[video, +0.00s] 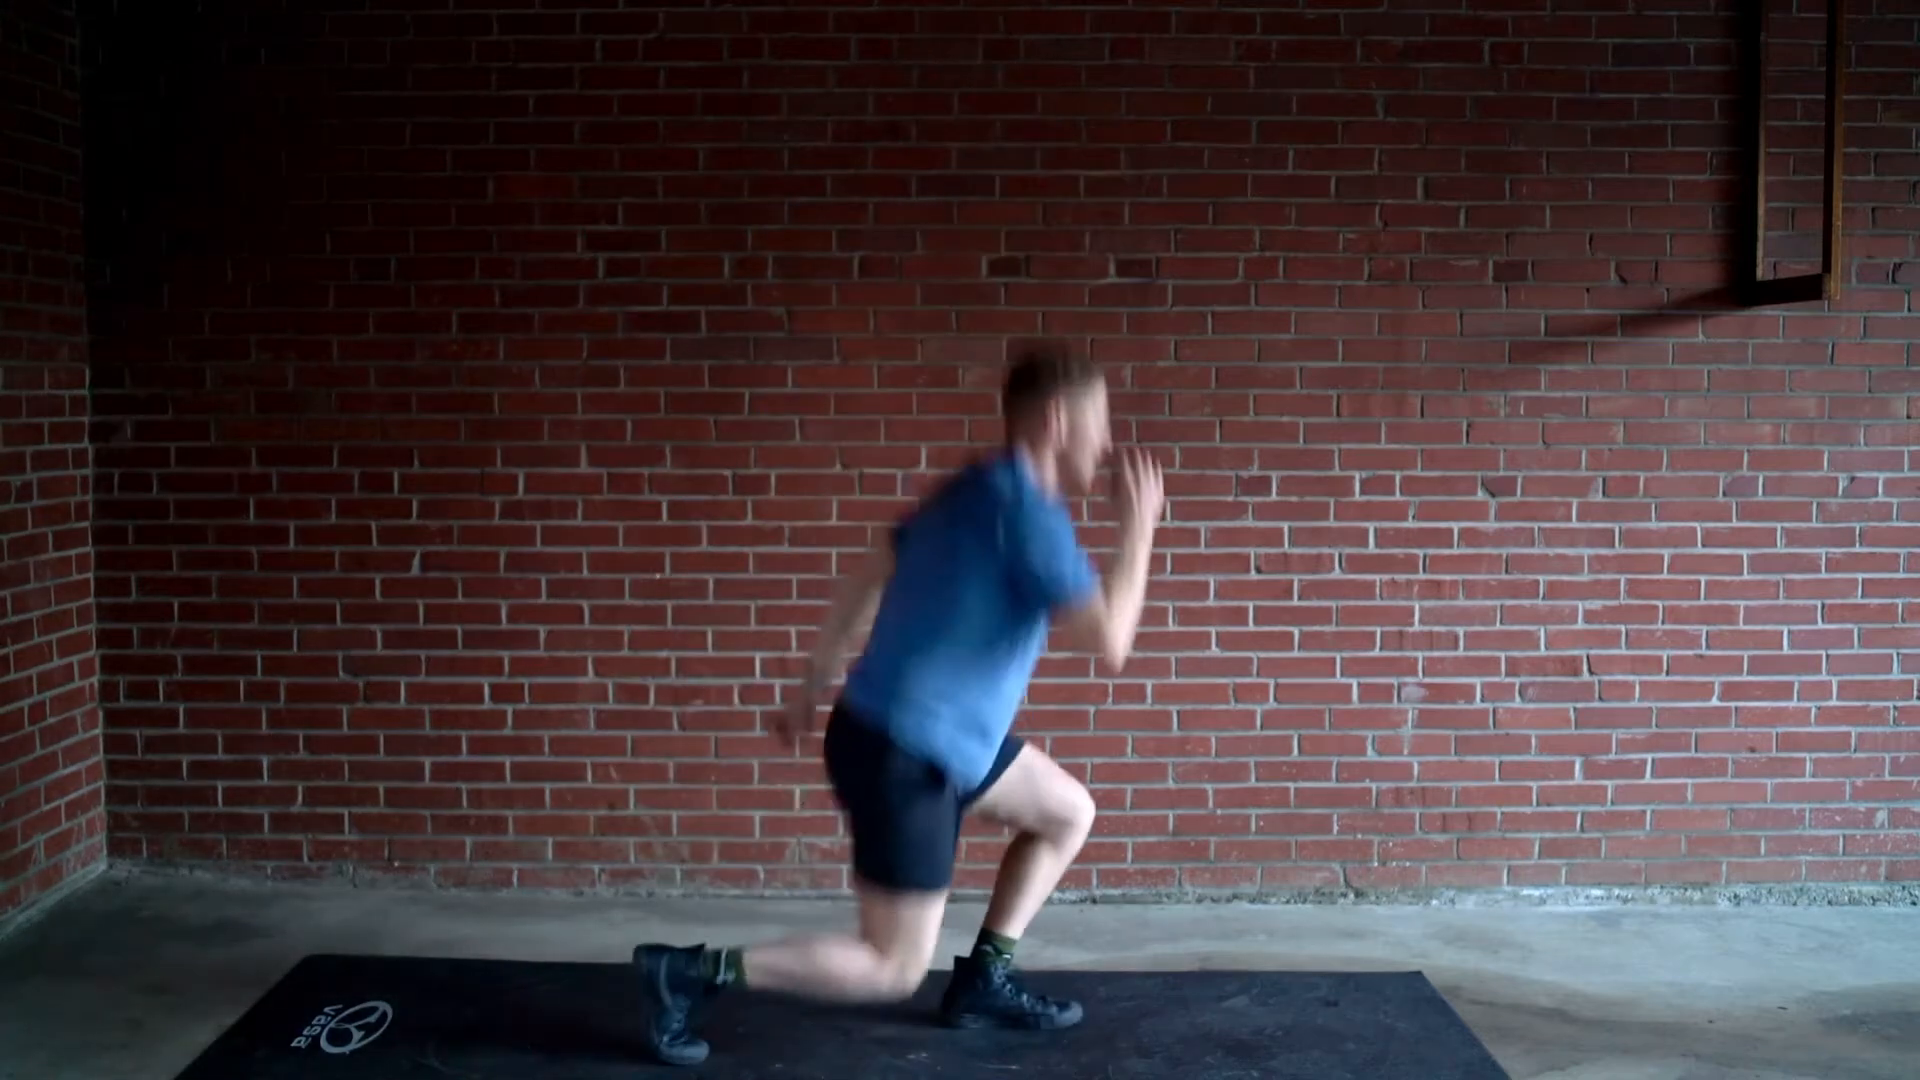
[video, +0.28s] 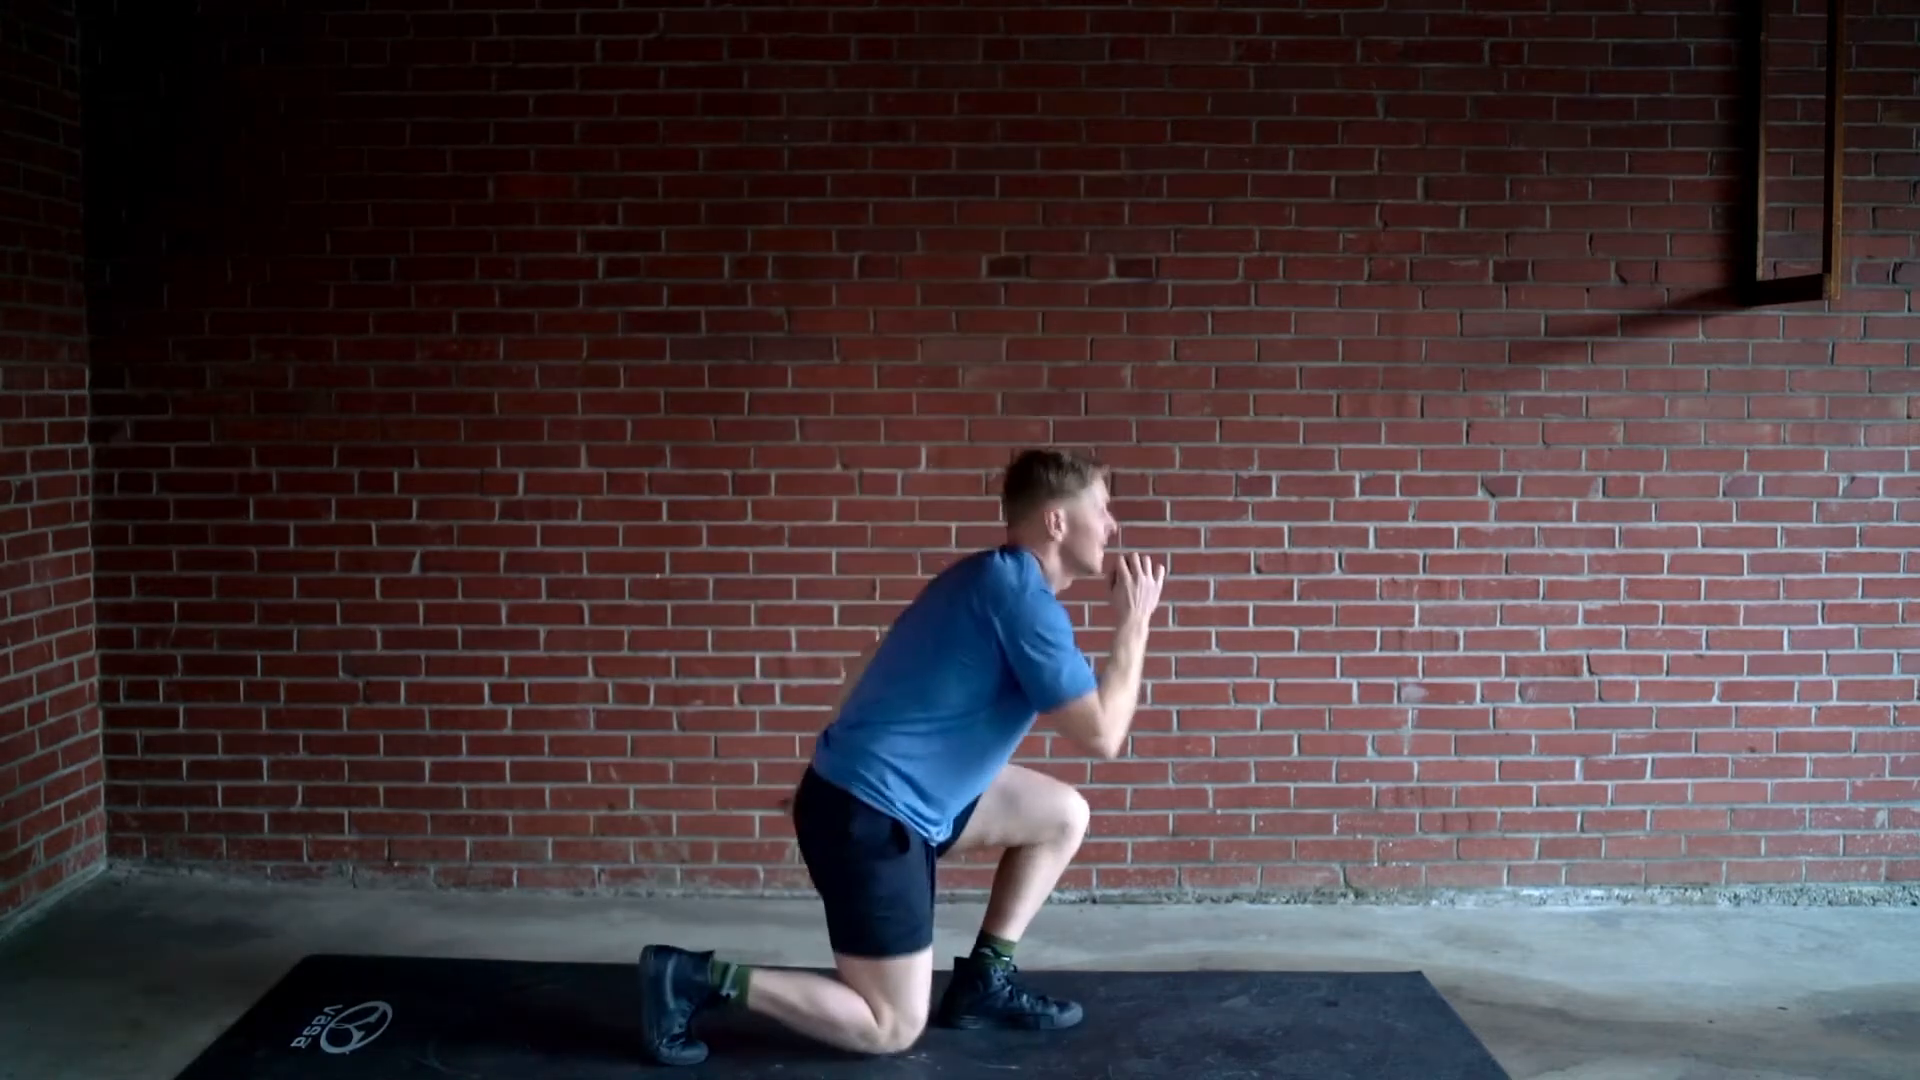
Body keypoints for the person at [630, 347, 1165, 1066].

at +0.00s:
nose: (1108, 436)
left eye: (1106, 417)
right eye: (1097, 417)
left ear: (1037, 418)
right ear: (1055, 418)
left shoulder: (975, 489)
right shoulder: (1024, 510)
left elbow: (876, 567)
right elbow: (1112, 642)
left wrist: (819, 677)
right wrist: (1142, 525)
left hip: (936, 732)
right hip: (901, 743)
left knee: (1068, 813)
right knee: (892, 968)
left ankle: (986, 979)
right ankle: (693, 973)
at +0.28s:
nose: (1113, 527)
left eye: (1110, 510)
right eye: (1103, 510)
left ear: (1048, 522)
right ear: (1058, 521)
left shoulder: (998, 580)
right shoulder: (1016, 592)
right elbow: (1103, 730)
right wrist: (1137, 619)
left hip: (916, 790)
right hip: (867, 804)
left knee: (1061, 816)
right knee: (890, 1024)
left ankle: (986, 980)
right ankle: (699, 978)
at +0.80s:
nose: (1046, 113)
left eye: (1043, 96)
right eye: (1033, 96)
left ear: (993, 104)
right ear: (985, 101)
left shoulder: (1001, 210)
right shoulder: (948, 183)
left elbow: (1069, 298)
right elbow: (868, 305)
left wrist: (1096, 204)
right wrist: (789, 418)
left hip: (951, 451)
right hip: (916, 445)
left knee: (930, 654)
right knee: (898, 657)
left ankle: (809, 830)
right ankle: (808, 850)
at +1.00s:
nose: (1048, 177)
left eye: (1046, 159)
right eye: (1033, 158)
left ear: (1018, 167)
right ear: (981, 163)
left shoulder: (1015, 278)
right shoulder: (932, 247)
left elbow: (1077, 386)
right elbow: (805, 335)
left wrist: (1108, 278)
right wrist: (687, 419)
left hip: (927, 520)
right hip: (905, 519)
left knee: (832, 714)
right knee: (968, 734)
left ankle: (698, 838)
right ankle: (948, 937)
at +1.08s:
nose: (1050, 261)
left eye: (1051, 242)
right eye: (1036, 241)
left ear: (1025, 248)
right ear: (984, 241)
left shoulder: (1019, 355)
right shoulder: (929, 330)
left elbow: (1080, 479)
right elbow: (797, 417)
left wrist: (1115, 369)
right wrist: (679, 497)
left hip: (918, 601)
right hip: (893, 602)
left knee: (840, 785)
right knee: (995, 804)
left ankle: (681, 898)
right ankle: (941, 997)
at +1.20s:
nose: (1065, 399)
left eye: (1063, 380)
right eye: (1053, 380)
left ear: (1019, 388)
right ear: (1002, 386)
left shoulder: (1020, 504)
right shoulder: (933, 476)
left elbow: (1073, 616)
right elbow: (803, 558)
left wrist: (1115, 522)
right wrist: (688, 651)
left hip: (910, 727)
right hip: (862, 719)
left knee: (846, 914)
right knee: (1033, 842)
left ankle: (660, 932)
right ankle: (937, 1009)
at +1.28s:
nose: (1070, 466)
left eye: (1066, 448)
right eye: (1057, 447)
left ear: (1016, 461)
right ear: (1006, 458)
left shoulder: (1017, 566)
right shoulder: (932, 541)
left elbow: (1061, 681)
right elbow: (802, 623)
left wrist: (1114, 600)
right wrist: (696, 719)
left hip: (885, 773)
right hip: (845, 767)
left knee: (852, 960)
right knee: (1038, 845)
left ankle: (666, 937)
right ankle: (938, 1008)